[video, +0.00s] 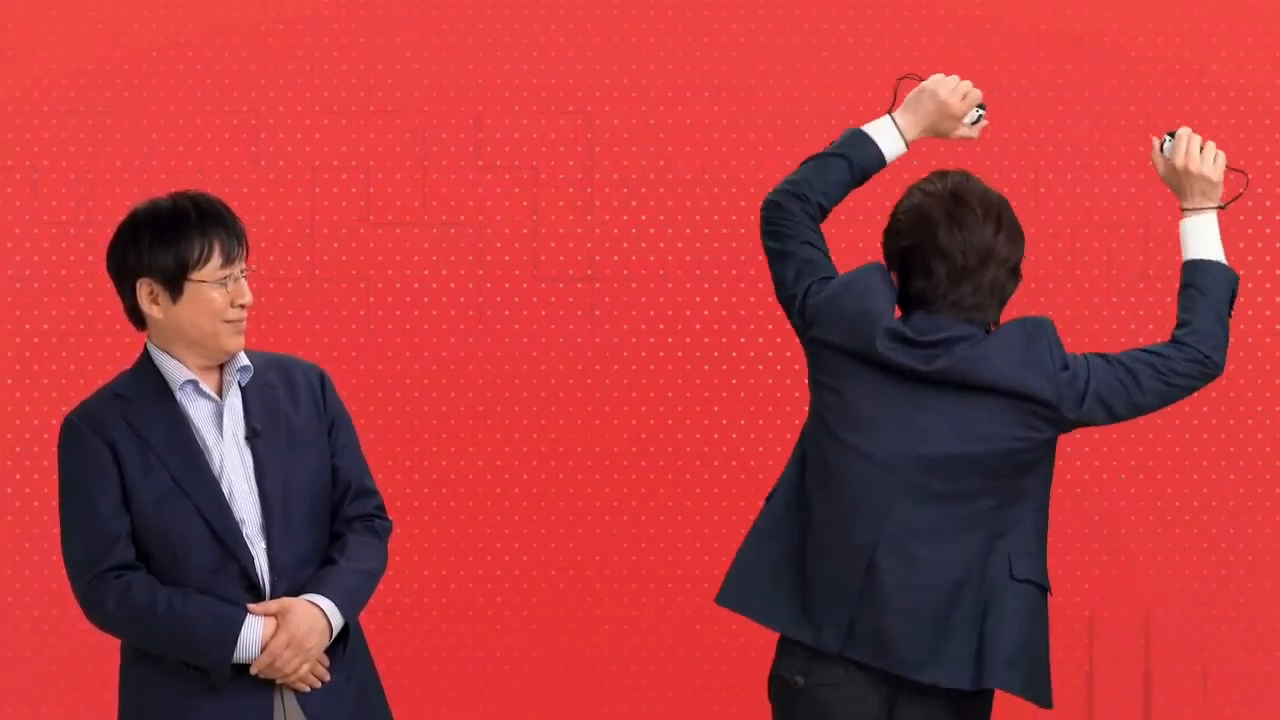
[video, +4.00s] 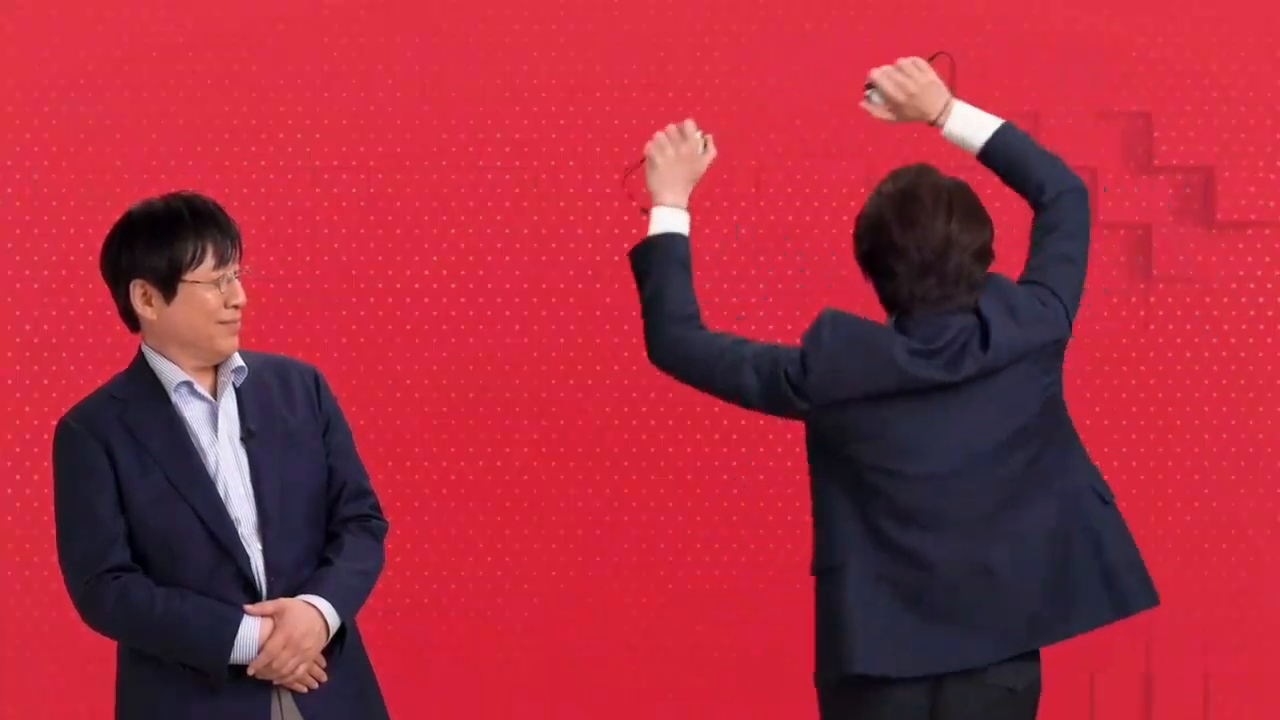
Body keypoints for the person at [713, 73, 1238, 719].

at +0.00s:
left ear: (895, 272)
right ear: (1008, 282)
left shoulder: (842, 332)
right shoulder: (1040, 380)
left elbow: (789, 209)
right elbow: (1197, 355)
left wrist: (903, 123)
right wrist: (1201, 209)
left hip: (821, 668)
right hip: (950, 685)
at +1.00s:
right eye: (1001, 237)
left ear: (892, 256)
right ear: (1002, 249)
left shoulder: (841, 332)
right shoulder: (1052, 333)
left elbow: (709, 254)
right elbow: (1149, 230)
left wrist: (755, 125)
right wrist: (1067, 107)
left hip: (877, 666)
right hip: (1008, 666)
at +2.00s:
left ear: (884, 260)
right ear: (992, 257)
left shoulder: (842, 335)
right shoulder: (1050, 340)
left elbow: (727, 245)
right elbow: (1163, 247)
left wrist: (786, 120)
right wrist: (1098, 118)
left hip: (858, 663)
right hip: (986, 667)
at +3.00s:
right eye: (997, 251)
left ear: (882, 258)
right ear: (991, 265)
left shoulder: (839, 333)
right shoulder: (1041, 362)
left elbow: (760, 220)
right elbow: (1190, 329)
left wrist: (853, 119)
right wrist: (1198, 190)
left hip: (855, 672)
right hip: (984, 681)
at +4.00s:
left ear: (875, 271)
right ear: (987, 255)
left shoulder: (834, 372)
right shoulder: (1032, 334)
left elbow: (675, 342)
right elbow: (1064, 194)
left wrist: (667, 203)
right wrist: (949, 111)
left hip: (875, 682)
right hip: (1002, 671)